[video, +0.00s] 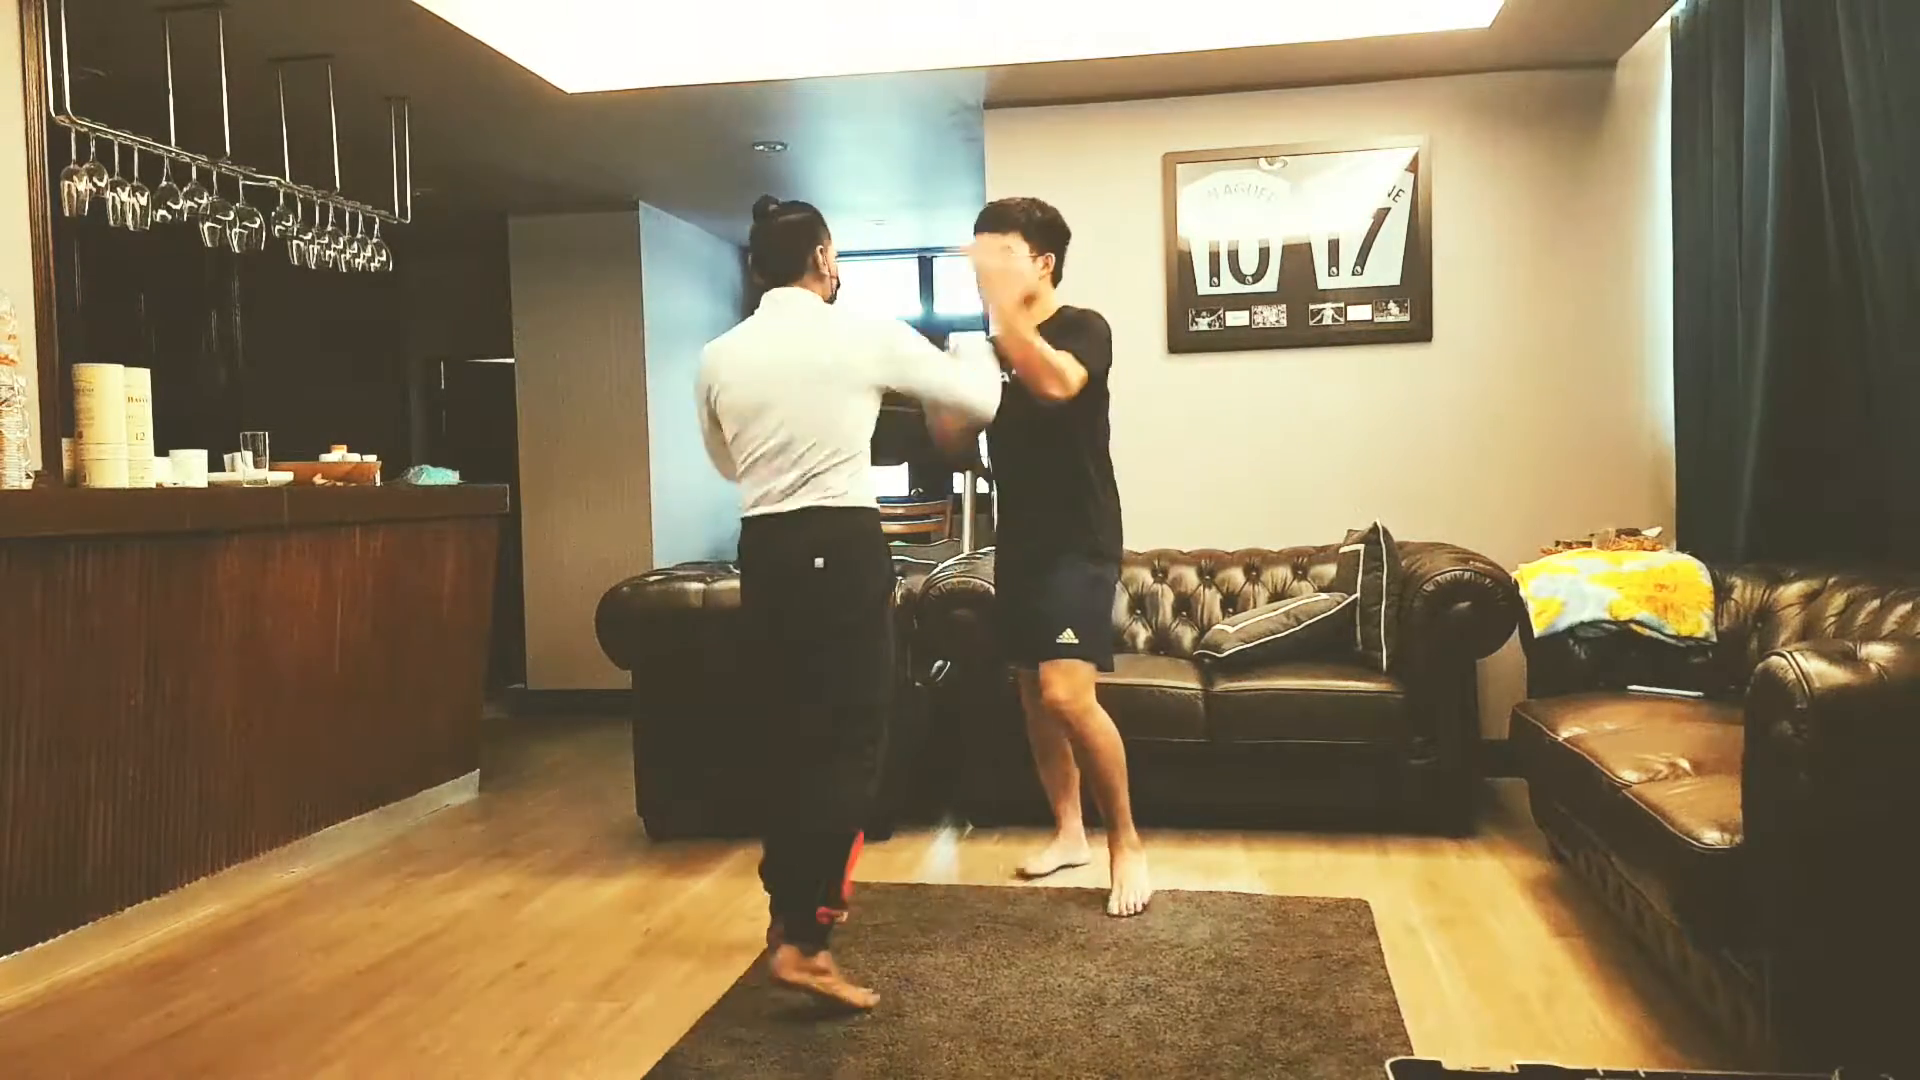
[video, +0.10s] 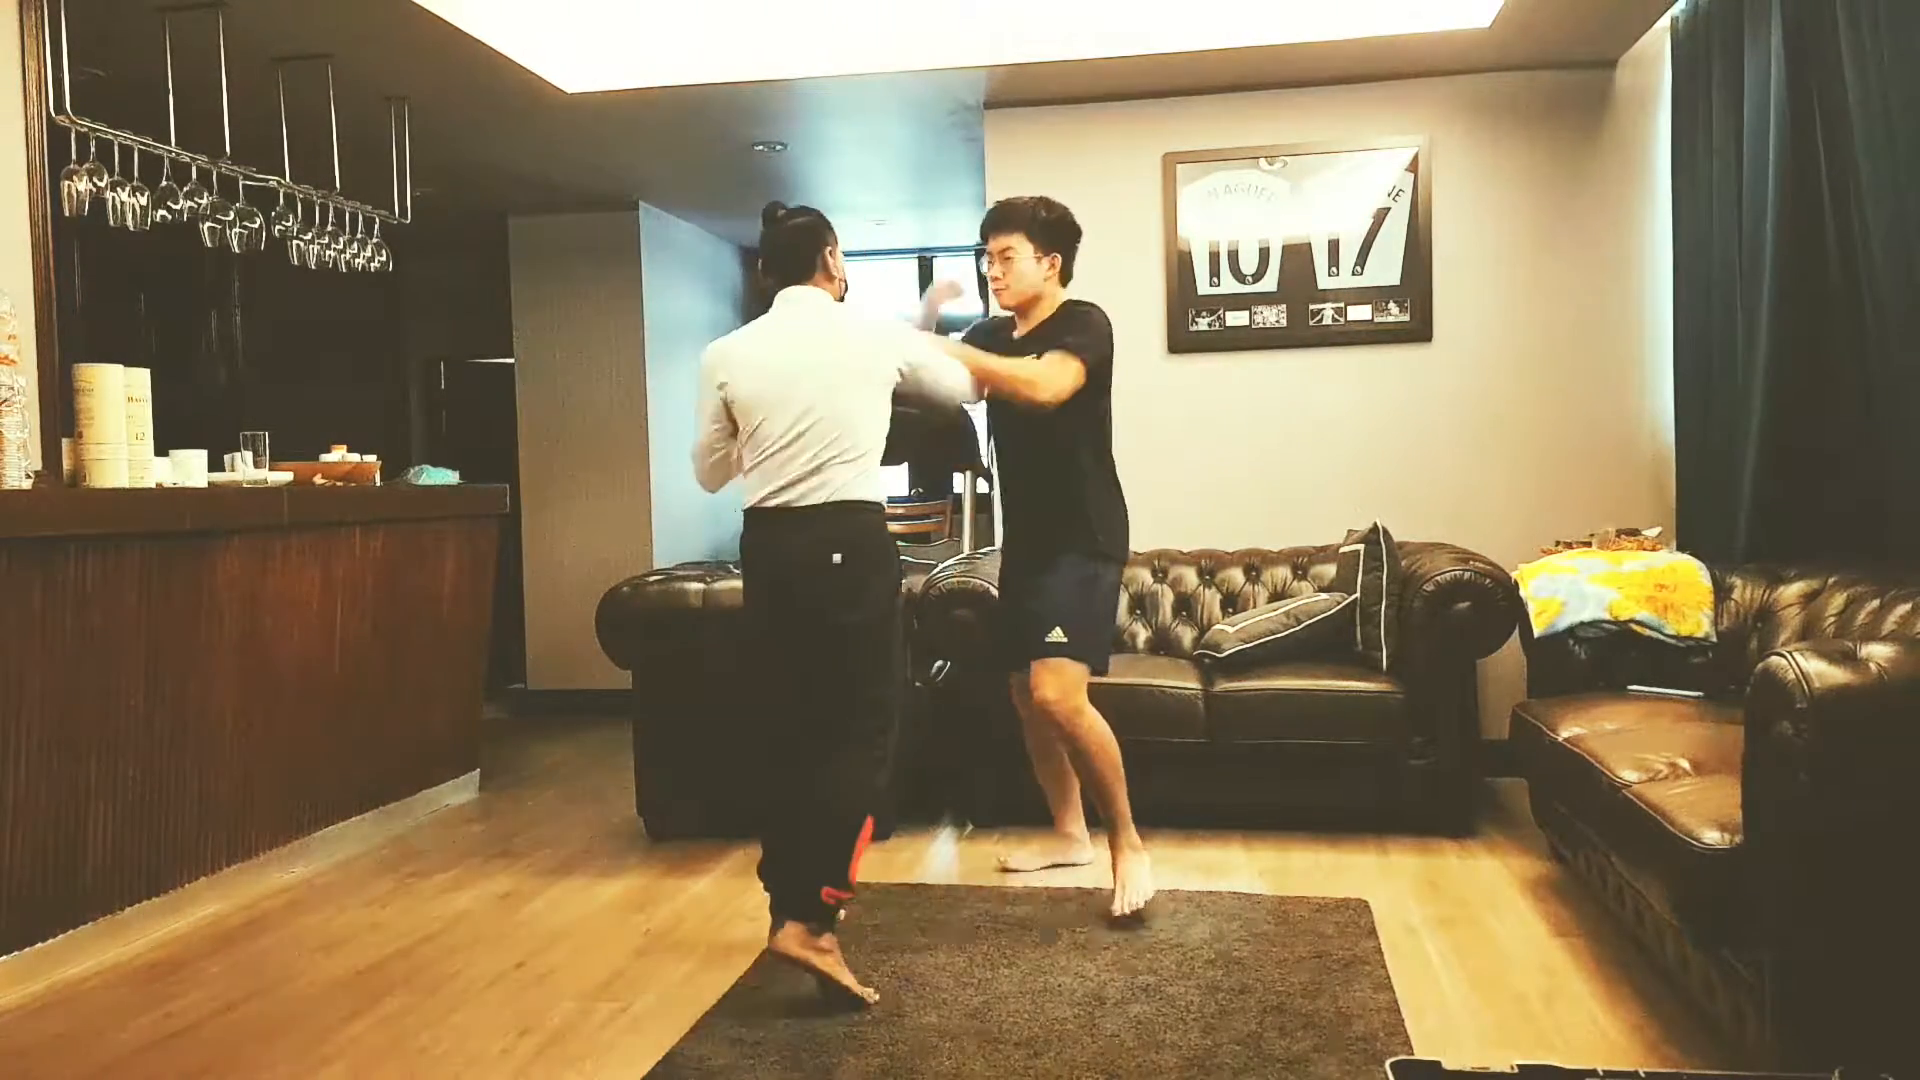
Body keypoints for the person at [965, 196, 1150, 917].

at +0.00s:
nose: (983, 273)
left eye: (995, 259)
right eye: (980, 261)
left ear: (1041, 262)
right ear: (1002, 269)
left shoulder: (1083, 327)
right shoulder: (1000, 349)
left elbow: (1059, 381)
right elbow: (955, 447)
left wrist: (997, 301)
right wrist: (945, 394)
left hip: (1078, 537)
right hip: (1020, 537)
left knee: (1069, 696)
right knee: (1035, 694)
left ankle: (1126, 847)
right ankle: (1070, 838)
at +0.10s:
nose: (993, 272)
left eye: (1006, 258)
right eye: (988, 260)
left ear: (1053, 262)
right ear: (993, 269)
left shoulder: (1084, 322)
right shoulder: (996, 337)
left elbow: (1046, 385)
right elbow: (951, 378)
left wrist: (947, 350)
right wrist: (926, 326)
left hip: (1083, 534)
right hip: (1027, 535)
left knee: (1059, 693)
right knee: (1027, 691)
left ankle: (1127, 847)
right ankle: (1071, 841)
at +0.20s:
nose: (1002, 284)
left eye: (1016, 270)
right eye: (999, 273)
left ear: (1063, 274)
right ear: (1003, 279)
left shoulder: (1092, 339)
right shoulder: (1008, 332)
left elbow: (1044, 420)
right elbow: (933, 325)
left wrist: (947, 420)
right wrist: (935, 273)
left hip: (1083, 552)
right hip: (1026, 553)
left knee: (1054, 700)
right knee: (1010, 705)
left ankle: (1119, 871)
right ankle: (1067, 841)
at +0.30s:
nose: (1016, 302)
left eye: (1028, 289)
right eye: (1015, 290)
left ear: (1077, 295)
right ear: (1032, 295)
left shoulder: (1101, 370)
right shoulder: (1027, 349)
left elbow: (1053, 464)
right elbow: (968, 318)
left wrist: (964, 493)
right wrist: (931, 275)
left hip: (1080, 574)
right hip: (1024, 571)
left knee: (1051, 714)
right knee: (999, 724)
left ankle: (1102, 896)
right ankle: (1067, 842)